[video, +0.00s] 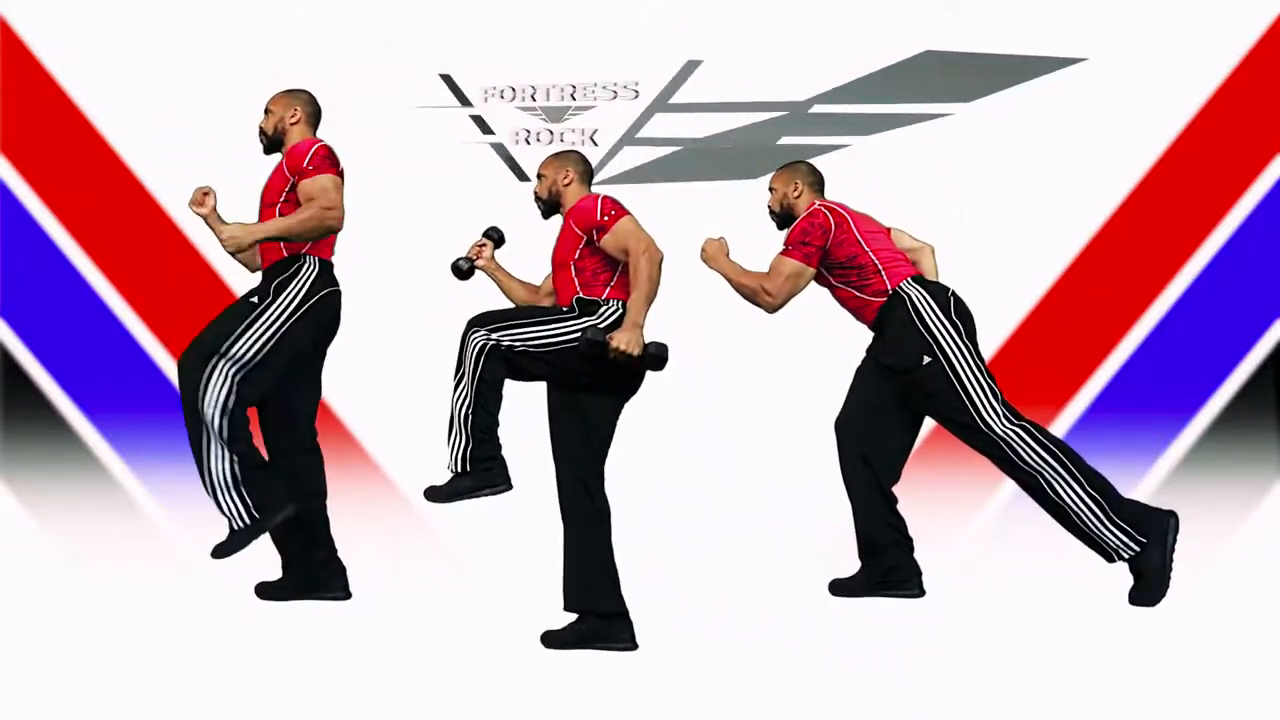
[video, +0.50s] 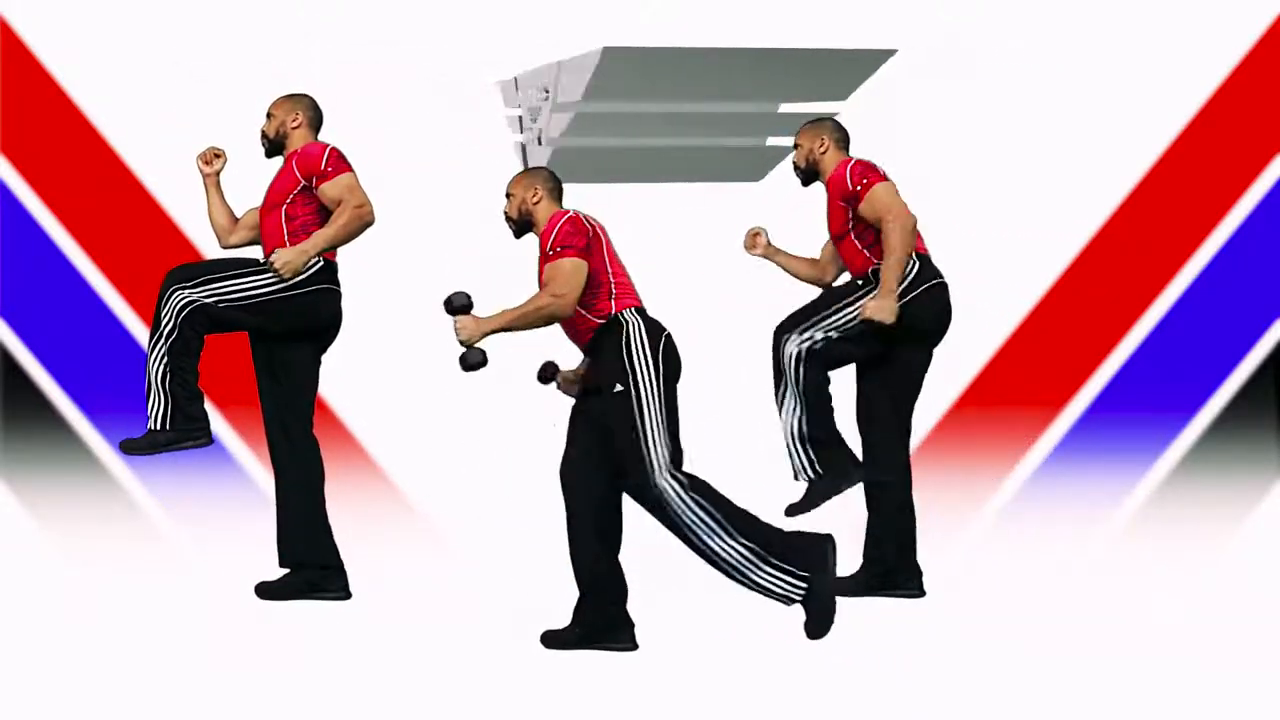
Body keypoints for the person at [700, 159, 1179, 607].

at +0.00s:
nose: (767, 199)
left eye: (774, 190)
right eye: (768, 191)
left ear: (802, 190)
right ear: (807, 193)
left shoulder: (815, 220)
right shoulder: (843, 222)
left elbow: (771, 295)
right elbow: (919, 250)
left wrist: (721, 265)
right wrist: (938, 317)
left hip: (918, 312)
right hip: (901, 327)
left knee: (998, 431)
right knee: (858, 438)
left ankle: (1139, 533)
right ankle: (890, 568)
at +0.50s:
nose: (793, 158)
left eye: (798, 148)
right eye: (793, 150)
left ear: (822, 144)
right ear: (823, 146)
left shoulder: (851, 172)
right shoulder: (843, 198)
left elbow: (899, 220)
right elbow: (824, 272)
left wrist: (887, 292)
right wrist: (770, 251)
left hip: (901, 288)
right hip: (905, 301)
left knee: (794, 339)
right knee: (883, 440)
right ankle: (892, 569)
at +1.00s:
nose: (800, 153)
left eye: (805, 143)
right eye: (800, 145)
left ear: (830, 140)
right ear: (831, 144)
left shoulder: (859, 165)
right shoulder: (849, 200)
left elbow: (924, 198)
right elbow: (807, 259)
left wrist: (949, 272)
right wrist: (762, 223)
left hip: (897, 277)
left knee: (776, 292)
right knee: (875, 438)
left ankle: (783, 421)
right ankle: (891, 575)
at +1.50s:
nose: (772, 179)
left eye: (776, 168)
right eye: (772, 171)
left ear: (802, 161)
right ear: (811, 167)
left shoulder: (824, 194)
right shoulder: (850, 200)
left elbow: (786, 269)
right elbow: (915, 252)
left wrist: (732, 246)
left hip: (907, 300)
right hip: (889, 315)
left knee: (955, 434)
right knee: (868, 440)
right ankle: (893, 579)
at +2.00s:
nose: (768, 201)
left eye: (774, 190)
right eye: (769, 193)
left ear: (802, 187)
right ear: (810, 191)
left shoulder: (817, 219)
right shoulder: (848, 220)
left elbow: (767, 290)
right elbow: (924, 249)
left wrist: (723, 256)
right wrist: (939, 315)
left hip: (920, 309)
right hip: (904, 324)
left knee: (1003, 430)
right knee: (866, 435)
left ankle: (1141, 533)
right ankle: (891, 566)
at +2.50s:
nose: (767, 195)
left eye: (773, 186)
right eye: (767, 187)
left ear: (801, 185)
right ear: (805, 189)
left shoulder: (815, 215)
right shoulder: (839, 218)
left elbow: (774, 292)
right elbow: (916, 257)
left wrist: (724, 266)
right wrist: (923, 323)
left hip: (917, 311)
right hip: (898, 327)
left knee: (993, 432)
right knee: (861, 437)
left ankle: (1134, 532)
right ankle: (890, 569)